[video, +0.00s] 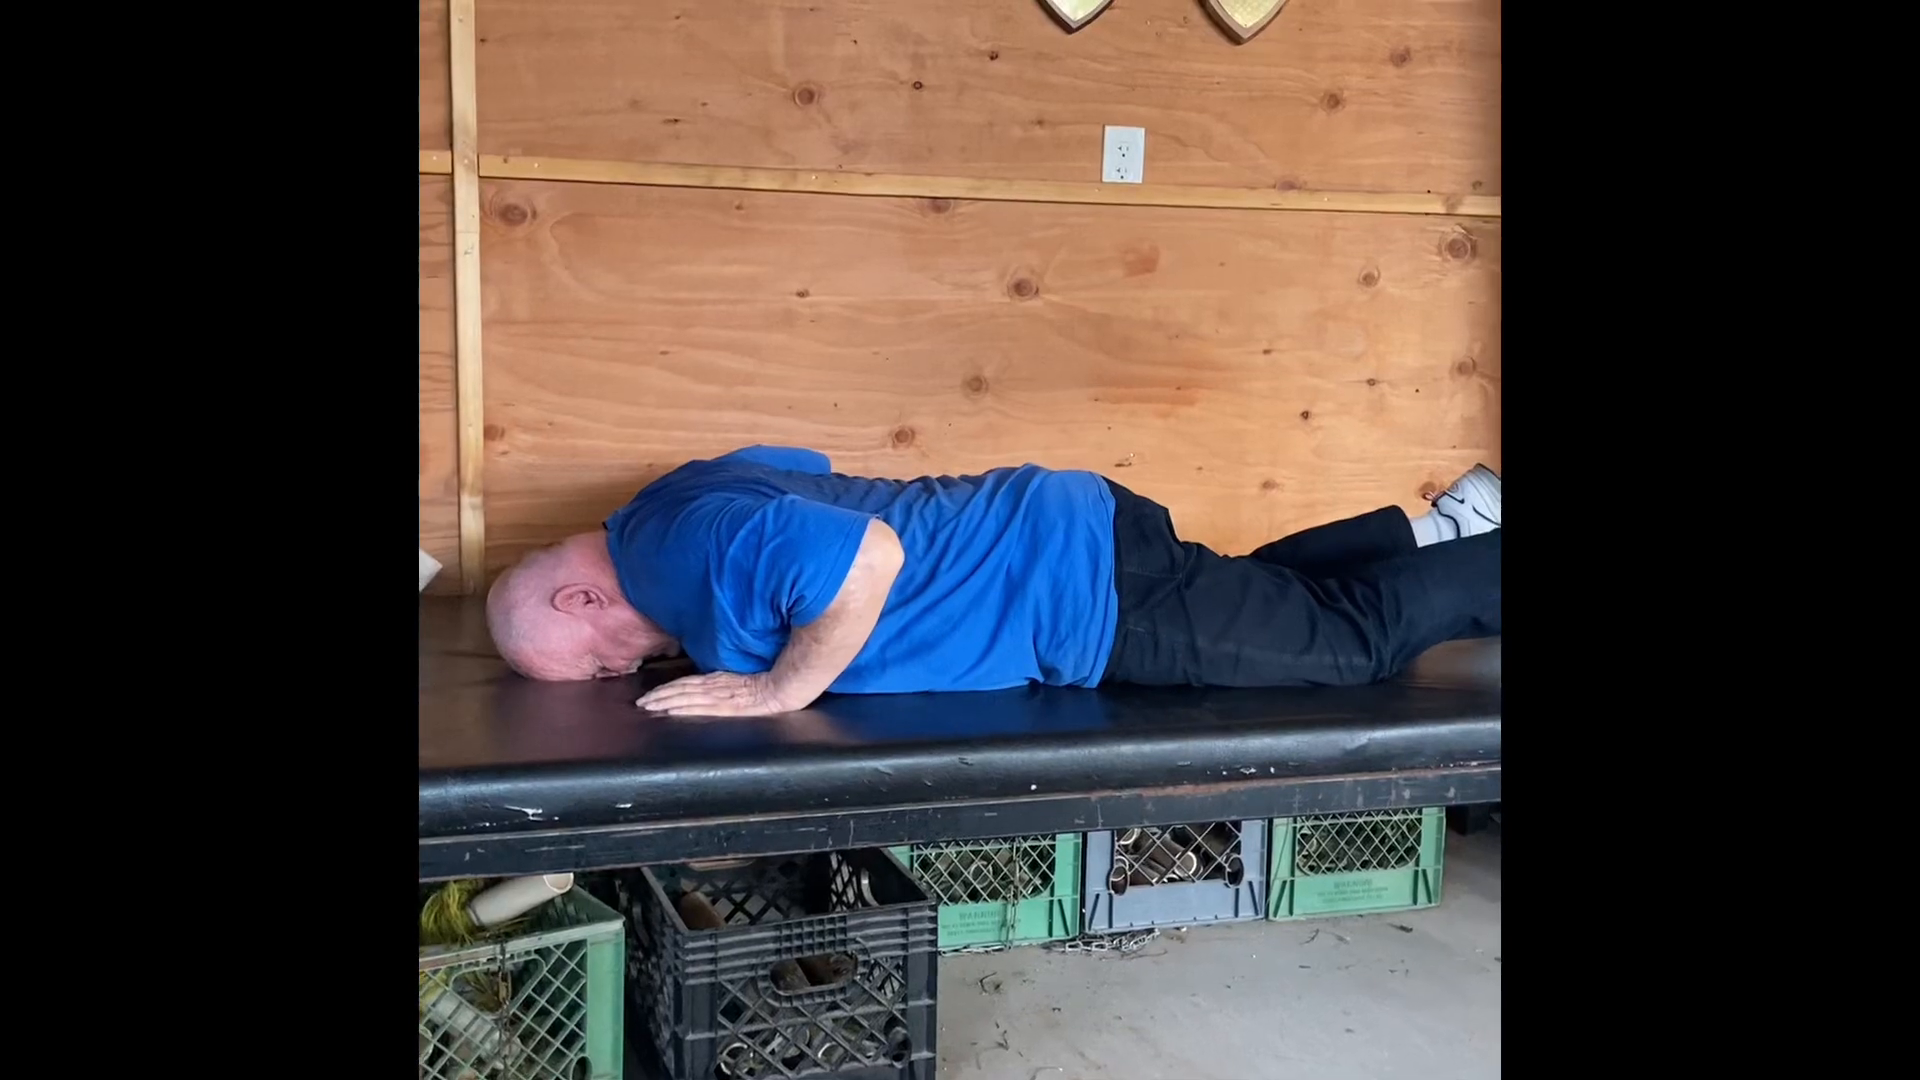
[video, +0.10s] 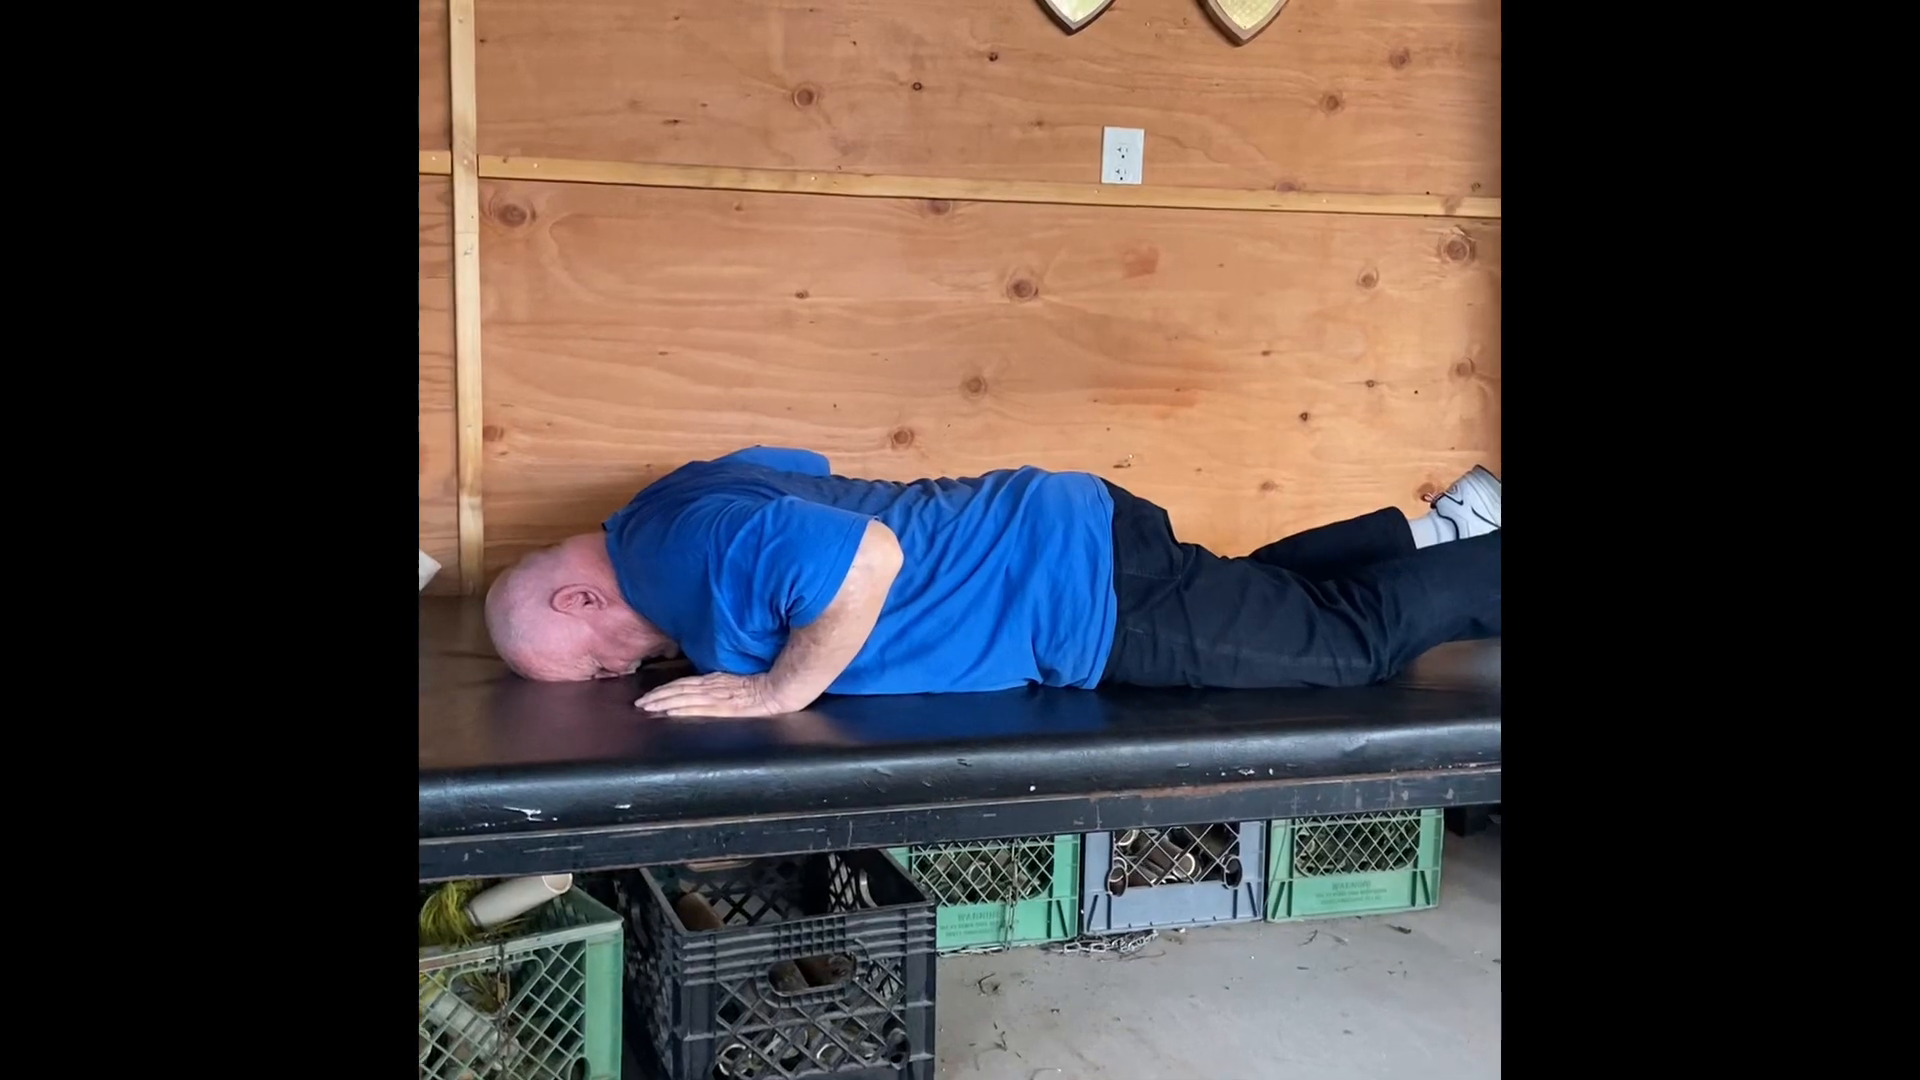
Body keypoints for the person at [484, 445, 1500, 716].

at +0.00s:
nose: (605, 673)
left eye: (576, 667)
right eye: (579, 666)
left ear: (579, 610)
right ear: (576, 579)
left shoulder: (694, 541)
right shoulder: (671, 519)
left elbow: (868, 557)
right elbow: (869, 491)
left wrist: (774, 693)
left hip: (1080, 589)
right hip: (1059, 543)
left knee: (1350, 638)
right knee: (1262, 598)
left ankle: (1484, 556)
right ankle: (1445, 529)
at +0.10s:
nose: (605, 672)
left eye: (577, 666)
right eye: (578, 666)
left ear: (577, 607)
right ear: (574, 580)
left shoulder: (692, 544)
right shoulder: (669, 521)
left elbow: (866, 557)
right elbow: (854, 496)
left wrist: (774, 694)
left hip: (1079, 591)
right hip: (1058, 541)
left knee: (1349, 640)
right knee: (1261, 599)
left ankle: (1483, 557)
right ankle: (1445, 531)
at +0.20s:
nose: (603, 672)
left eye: (575, 666)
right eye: (576, 666)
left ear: (575, 607)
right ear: (572, 579)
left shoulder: (690, 544)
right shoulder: (667, 521)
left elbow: (866, 556)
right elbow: (845, 497)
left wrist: (773, 694)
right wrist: (733, 646)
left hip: (1077, 593)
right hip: (1056, 540)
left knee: (1349, 642)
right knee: (1261, 602)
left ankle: (1483, 558)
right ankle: (1445, 531)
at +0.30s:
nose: (601, 674)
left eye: (573, 667)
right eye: (575, 667)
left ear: (573, 607)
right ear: (570, 580)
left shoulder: (686, 545)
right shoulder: (664, 523)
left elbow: (863, 558)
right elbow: (837, 492)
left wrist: (771, 696)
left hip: (1077, 594)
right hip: (1055, 546)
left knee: (1346, 643)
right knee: (1262, 606)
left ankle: (1485, 562)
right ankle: (1445, 533)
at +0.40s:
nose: (602, 676)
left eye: (572, 668)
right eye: (574, 671)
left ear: (571, 605)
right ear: (569, 586)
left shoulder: (690, 539)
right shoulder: (662, 533)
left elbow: (862, 551)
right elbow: (838, 503)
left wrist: (770, 691)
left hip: (1076, 589)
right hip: (1051, 566)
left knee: (1345, 648)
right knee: (1261, 610)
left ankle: (1482, 565)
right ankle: (1441, 534)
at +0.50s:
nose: (609, 673)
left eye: (578, 664)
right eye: (580, 671)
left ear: (570, 600)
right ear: (570, 592)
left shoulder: (698, 531)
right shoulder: (663, 547)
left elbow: (873, 547)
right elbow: (846, 535)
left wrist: (762, 685)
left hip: (1074, 587)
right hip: (1048, 589)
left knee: (1344, 649)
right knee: (1258, 611)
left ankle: (1482, 564)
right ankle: (1438, 535)